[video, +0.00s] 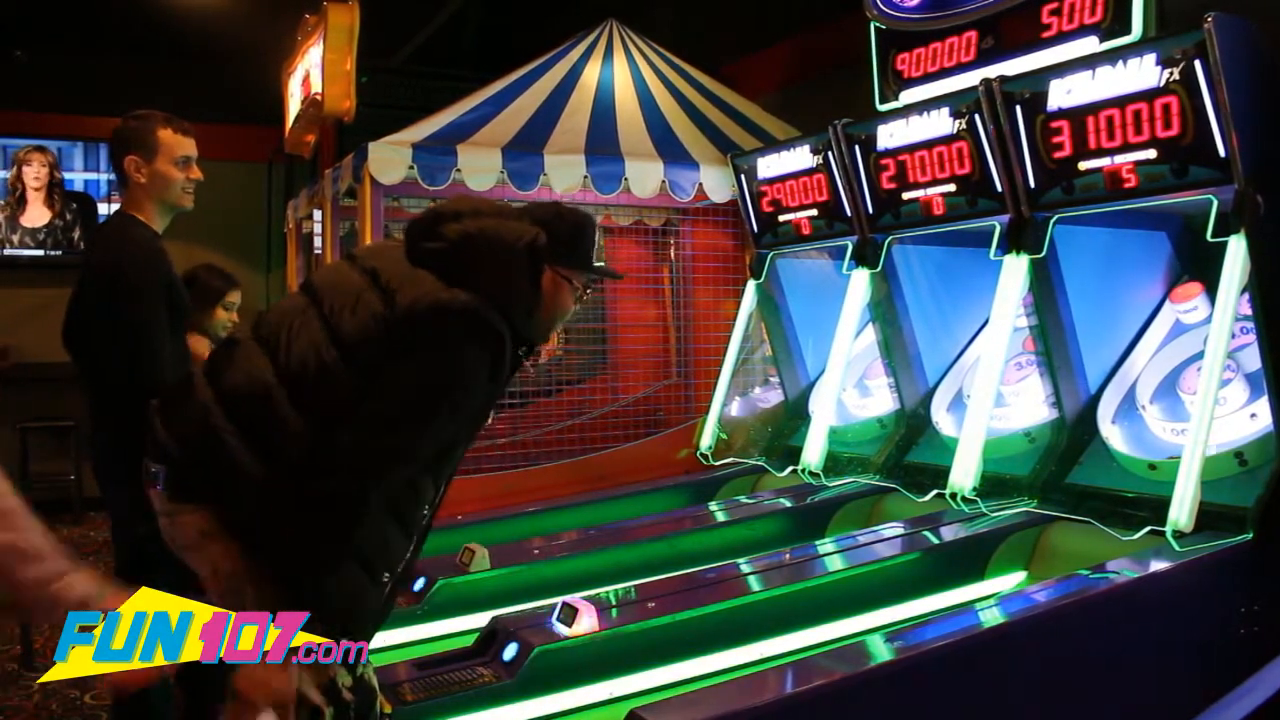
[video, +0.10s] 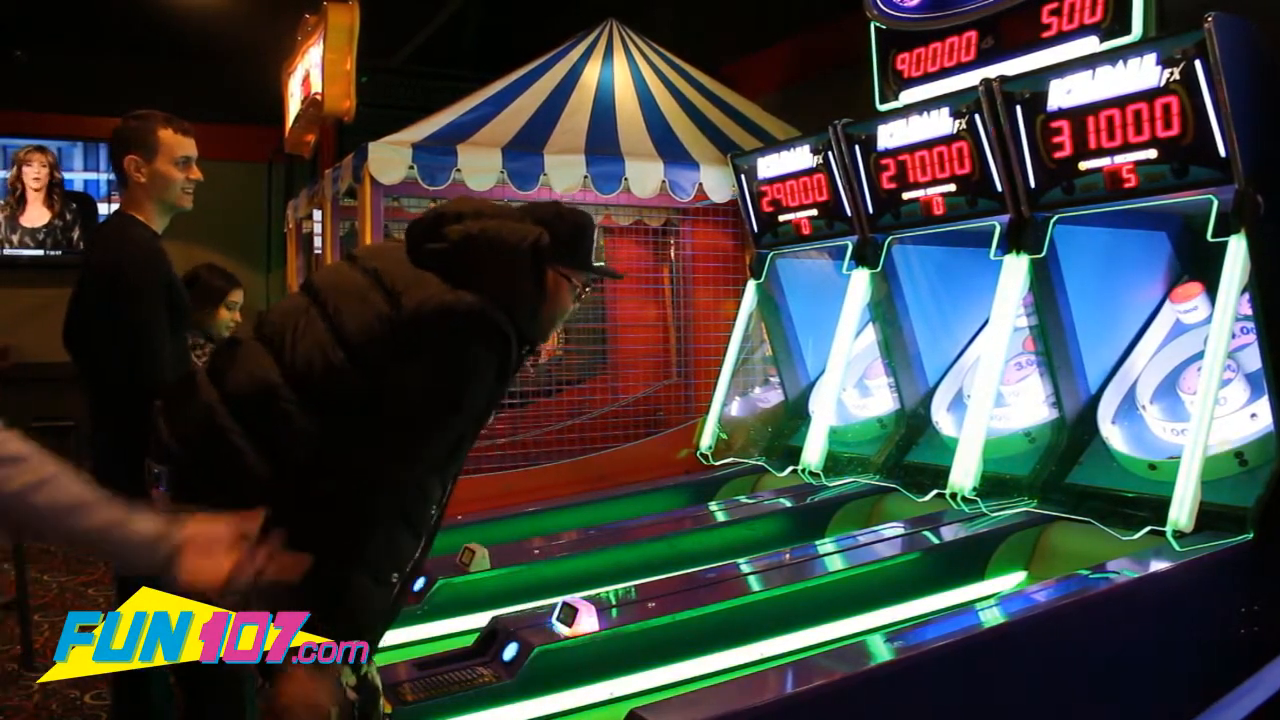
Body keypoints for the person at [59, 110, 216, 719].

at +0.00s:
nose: (196, 175)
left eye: (195, 163)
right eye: (183, 162)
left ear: (139, 171)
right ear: (136, 169)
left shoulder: (112, 240)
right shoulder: (138, 250)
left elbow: (77, 334)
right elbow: (163, 372)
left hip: (121, 448)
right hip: (146, 458)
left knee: (146, 583)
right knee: (168, 590)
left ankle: (144, 699)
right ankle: (167, 702)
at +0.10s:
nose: (196, 175)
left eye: (196, 163)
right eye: (184, 163)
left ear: (141, 171)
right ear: (138, 169)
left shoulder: (110, 240)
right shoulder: (138, 250)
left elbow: (77, 336)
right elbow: (163, 374)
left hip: (119, 444)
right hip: (146, 454)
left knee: (136, 593)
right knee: (148, 601)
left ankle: (135, 700)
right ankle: (145, 704)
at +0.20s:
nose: (195, 177)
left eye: (195, 165)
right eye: (183, 164)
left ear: (141, 173)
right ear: (137, 169)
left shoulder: (119, 242)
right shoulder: (133, 251)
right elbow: (161, 381)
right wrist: (222, 462)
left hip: (137, 454)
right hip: (147, 458)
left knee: (151, 601)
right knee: (168, 605)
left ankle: (146, 706)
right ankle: (165, 707)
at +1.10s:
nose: (174, 170)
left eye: (173, 158)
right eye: (160, 158)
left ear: (123, 171)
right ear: (113, 167)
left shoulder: (115, 241)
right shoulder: (109, 250)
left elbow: (132, 357)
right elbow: (124, 371)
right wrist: (151, 456)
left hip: (120, 456)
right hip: (118, 462)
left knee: (138, 601)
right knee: (152, 602)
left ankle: (135, 703)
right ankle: (145, 705)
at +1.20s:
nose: (164, 169)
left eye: (163, 156)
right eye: (148, 156)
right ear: (100, 166)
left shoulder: (109, 246)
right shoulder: (94, 255)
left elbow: (118, 376)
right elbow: (106, 392)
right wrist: (146, 498)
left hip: (115, 470)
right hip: (112, 478)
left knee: (127, 624)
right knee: (132, 627)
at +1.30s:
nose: (153, 167)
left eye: (152, 155)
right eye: (137, 155)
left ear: (97, 167)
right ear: (86, 165)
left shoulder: (93, 244)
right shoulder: (83, 253)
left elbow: (105, 387)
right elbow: (96, 397)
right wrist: (136, 507)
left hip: (99, 476)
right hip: (97, 485)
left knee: (105, 633)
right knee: (110, 638)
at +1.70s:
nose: (119, 160)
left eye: (119, 148)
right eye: (105, 149)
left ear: (63, 163)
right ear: (52, 160)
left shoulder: (65, 242)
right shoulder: (35, 251)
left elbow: (69, 386)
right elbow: (43, 399)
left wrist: (93, 491)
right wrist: (77, 517)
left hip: (78, 478)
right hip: (45, 490)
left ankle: (121, 704)